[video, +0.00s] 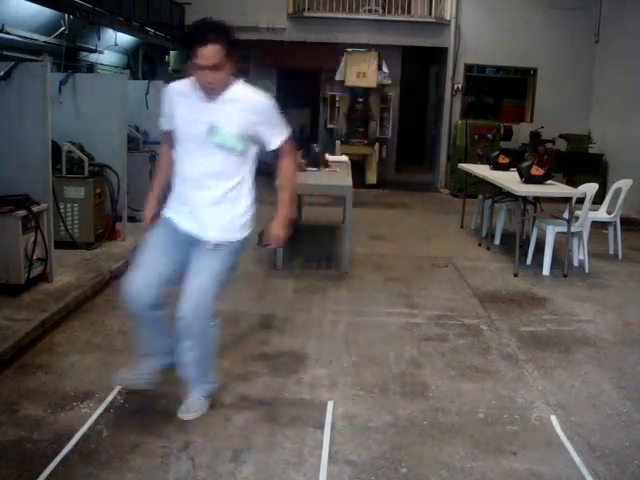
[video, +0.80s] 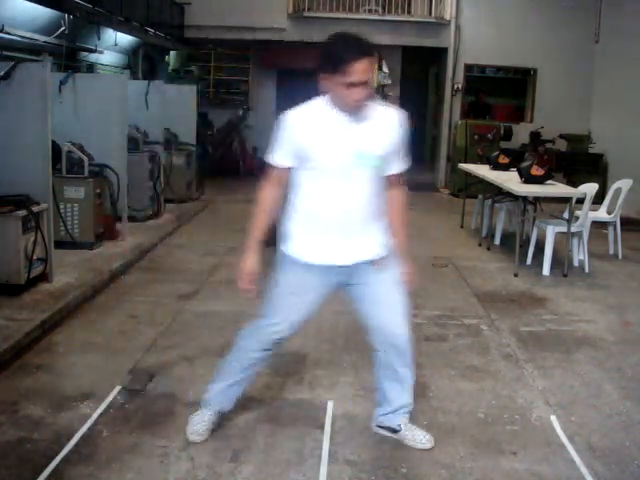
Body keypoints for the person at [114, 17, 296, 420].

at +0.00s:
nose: (205, 76)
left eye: (214, 68)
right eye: (199, 67)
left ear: (233, 65)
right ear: (190, 64)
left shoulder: (257, 105)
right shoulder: (176, 94)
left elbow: (287, 153)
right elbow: (169, 148)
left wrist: (283, 217)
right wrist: (153, 201)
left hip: (223, 231)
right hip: (177, 220)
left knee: (193, 311)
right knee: (138, 291)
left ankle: (200, 387)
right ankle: (158, 356)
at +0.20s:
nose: (156, 131)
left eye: (164, 121)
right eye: (146, 122)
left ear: (176, 116)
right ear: (132, 118)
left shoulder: (201, 158)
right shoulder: (117, 149)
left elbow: (219, 215)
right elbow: (111, 199)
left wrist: (216, 277)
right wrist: (96, 251)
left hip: (178, 263)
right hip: (126, 256)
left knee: (166, 332)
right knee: (84, 325)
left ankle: (185, 390)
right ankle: (64, 386)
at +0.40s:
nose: (214, 105)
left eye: (218, 95)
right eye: (204, 98)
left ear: (225, 90)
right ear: (182, 94)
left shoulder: (245, 132)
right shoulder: (156, 122)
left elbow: (256, 186)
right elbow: (136, 170)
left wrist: (241, 245)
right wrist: (112, 223)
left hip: (209, 255)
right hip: (153, 246)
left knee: (191, 336)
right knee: (115, 312)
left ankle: (173, 401)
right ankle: (73, 380)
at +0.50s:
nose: (244, 88)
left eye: (251, 78)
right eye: (235, 79)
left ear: (258, 71)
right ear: (211, 72)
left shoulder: (275, 111)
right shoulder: (181, 102)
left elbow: (287, 164)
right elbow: (155, 152)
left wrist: (276, 225)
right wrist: (134, 213)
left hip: (241, 239)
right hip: (186, 229)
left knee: (217, 324)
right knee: (155, 307)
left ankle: (193, 394)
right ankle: (151, 383)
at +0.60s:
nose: (277, 89)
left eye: (284, 80)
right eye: (269, 80)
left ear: (291, 73)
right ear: (244, 72)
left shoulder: (305, 113)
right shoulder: (212, 103)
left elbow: (311, 172)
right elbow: (183, 155)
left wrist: (310, 235)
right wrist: (169, 216)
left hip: (278, 240)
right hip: (219, 236)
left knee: (280, 321)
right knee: (205, 321)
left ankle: (274, 387)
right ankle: (200, 400)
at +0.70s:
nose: (318, 99)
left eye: (324, 90)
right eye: (308, 90)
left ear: (330, 85)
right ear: (281, 82)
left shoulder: (339, 128)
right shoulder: (247, 119)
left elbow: (344, 193)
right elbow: (221, 178)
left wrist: (348, 258)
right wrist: (208, 241)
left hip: (316, 254)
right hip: (254, 255)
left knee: (355, 331)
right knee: (231, 336)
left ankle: (376, 411)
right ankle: (204, 408)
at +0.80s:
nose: (363, 93)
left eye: (368, 83)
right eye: (353, 84)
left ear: (376, 78)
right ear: (326, 81)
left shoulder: (390, 122)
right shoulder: (297, 122)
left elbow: (396, 188)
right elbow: (273, 185)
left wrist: (402, 256)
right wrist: (252, 250)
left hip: (371, 258)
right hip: (305, 259)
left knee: (395, 335)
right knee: (270, 331)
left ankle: (393, 417)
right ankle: (215, 404)